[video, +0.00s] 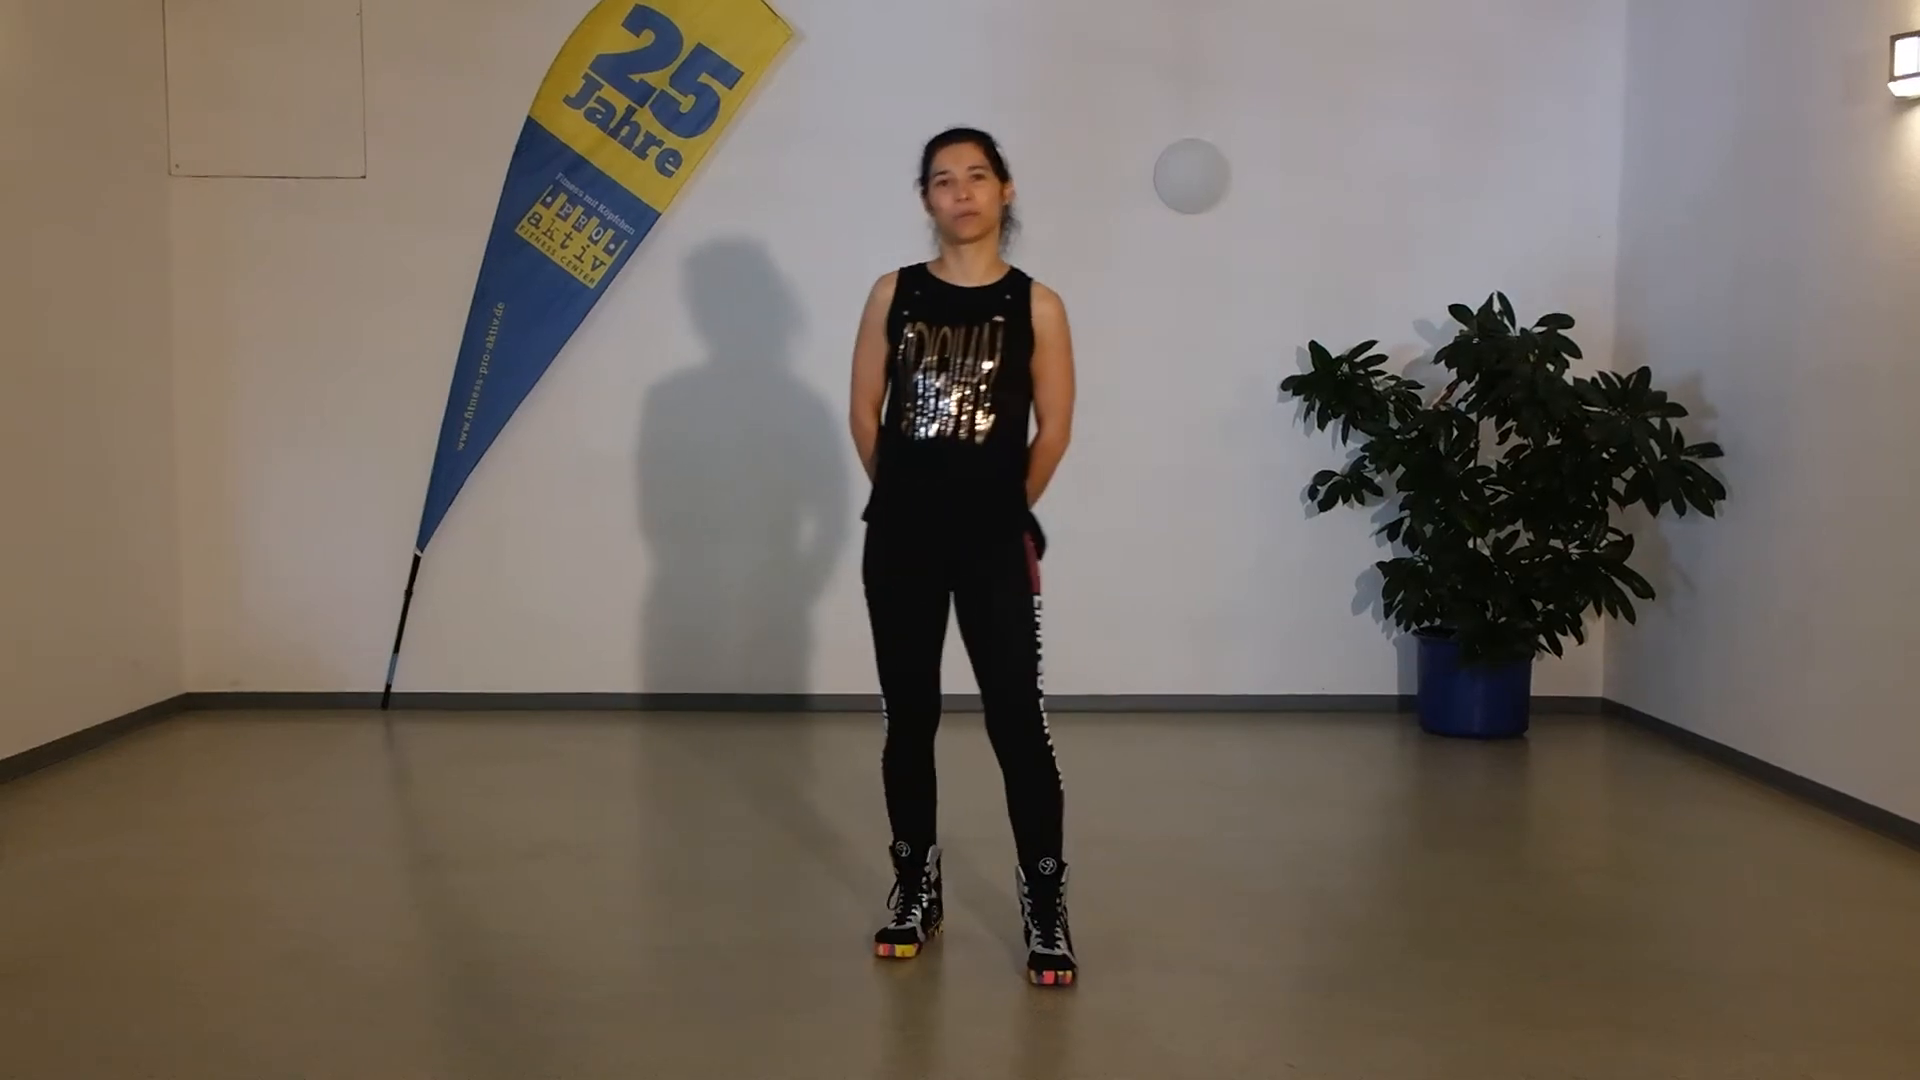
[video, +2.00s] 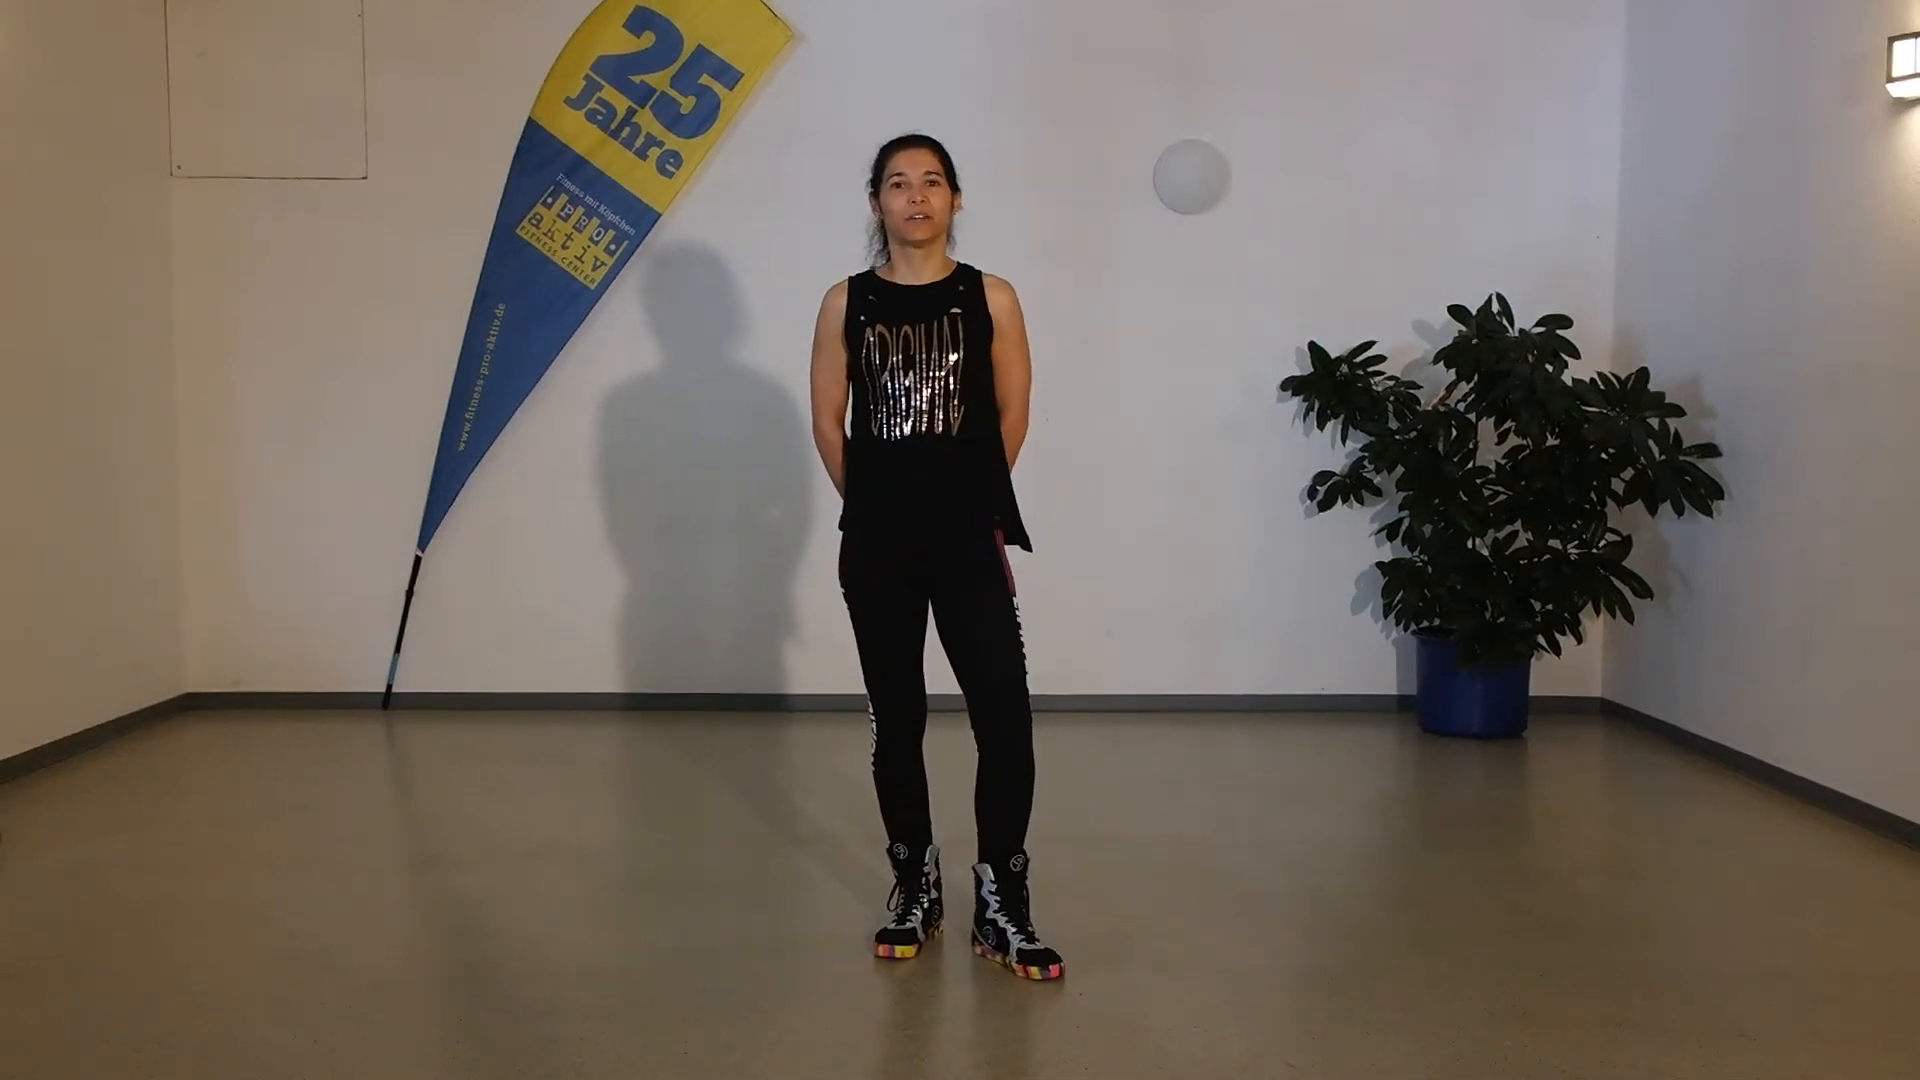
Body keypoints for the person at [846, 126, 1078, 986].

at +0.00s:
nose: (959, 191)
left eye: (975, 177)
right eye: (943, 181)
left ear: (1005, 194)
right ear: (925, 201)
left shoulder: (1036, 303)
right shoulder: (893, 293)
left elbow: (1055, 426)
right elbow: (864, 416)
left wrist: (1013, 510)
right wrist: (894, 494)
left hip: (993, 531)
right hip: (902, 529)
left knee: (1017, 724)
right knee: (908, 719)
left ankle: (1046, 910)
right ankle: (913, 893)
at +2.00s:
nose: (916, 195)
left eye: (931, 182)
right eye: (899, 184)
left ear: (955, 202)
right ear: (876, 205)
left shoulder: (992, 297)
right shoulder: (846, 301)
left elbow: (1013, 422)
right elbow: (827, 427)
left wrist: (971, 498)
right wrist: (868, 505)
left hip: (967, 534)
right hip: (877, 538)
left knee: (1005, 720)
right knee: (897, 720)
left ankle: (1001, 901)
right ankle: (913, 886)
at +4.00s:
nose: (926, 211)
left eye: (943, 198)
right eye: (911, 197)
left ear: (966, 215)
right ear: (891, 211)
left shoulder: (990, 317)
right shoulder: (849, 301)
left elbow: (1005, 439)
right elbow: (817, 426)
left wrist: (960, 521)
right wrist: (848, 503)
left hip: (946, 542)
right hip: (854, 539)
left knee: (978, 726)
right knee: (883, 725)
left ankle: (993, 907)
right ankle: (911, 893)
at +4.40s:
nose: (915, 206)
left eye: (930, 192)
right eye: (899, 193)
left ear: (956, 207)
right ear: (880, 210)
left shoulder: (989, 309)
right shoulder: (846, 305)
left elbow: (1011, 433)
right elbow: (822, 433)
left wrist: (968, 512)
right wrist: (859, 504)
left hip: (956, 539)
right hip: (864, 542)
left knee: (987, 724)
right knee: (889, 724)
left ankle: (995, 902)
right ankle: (911, 886)